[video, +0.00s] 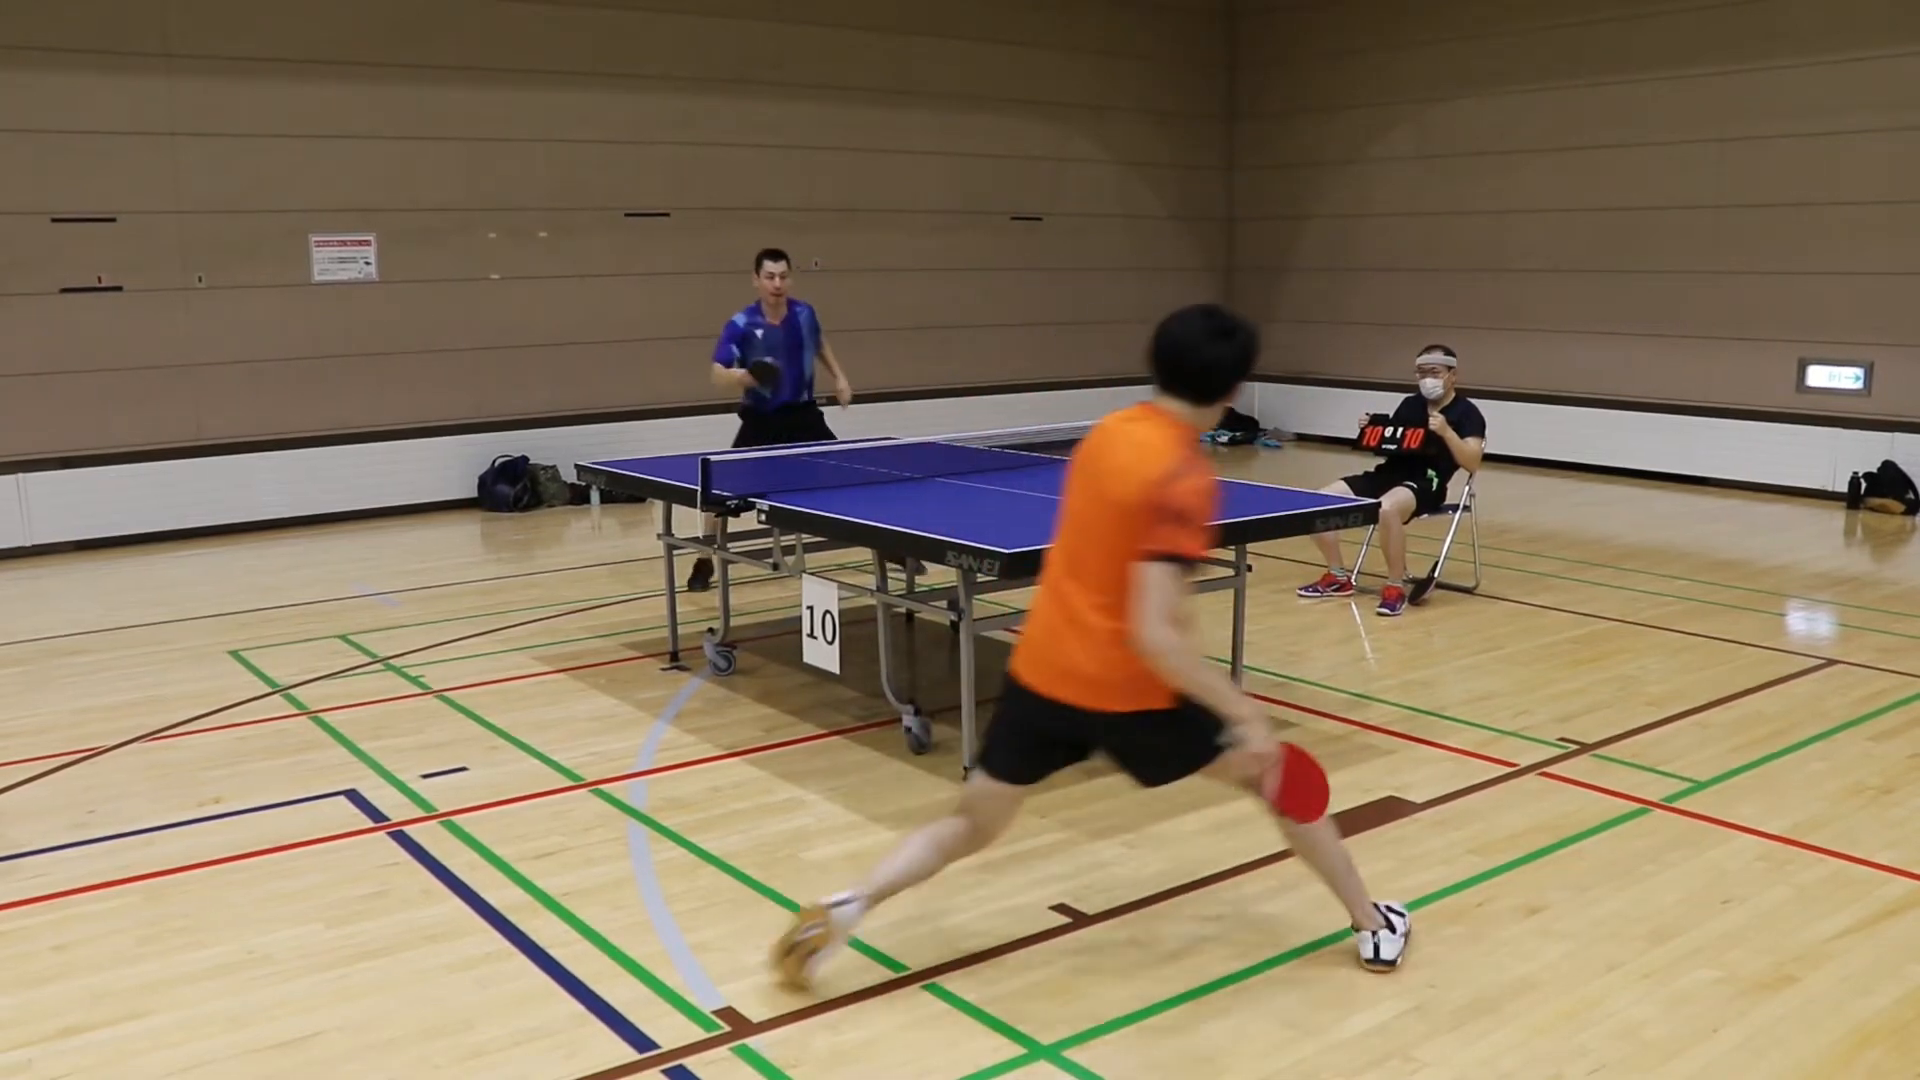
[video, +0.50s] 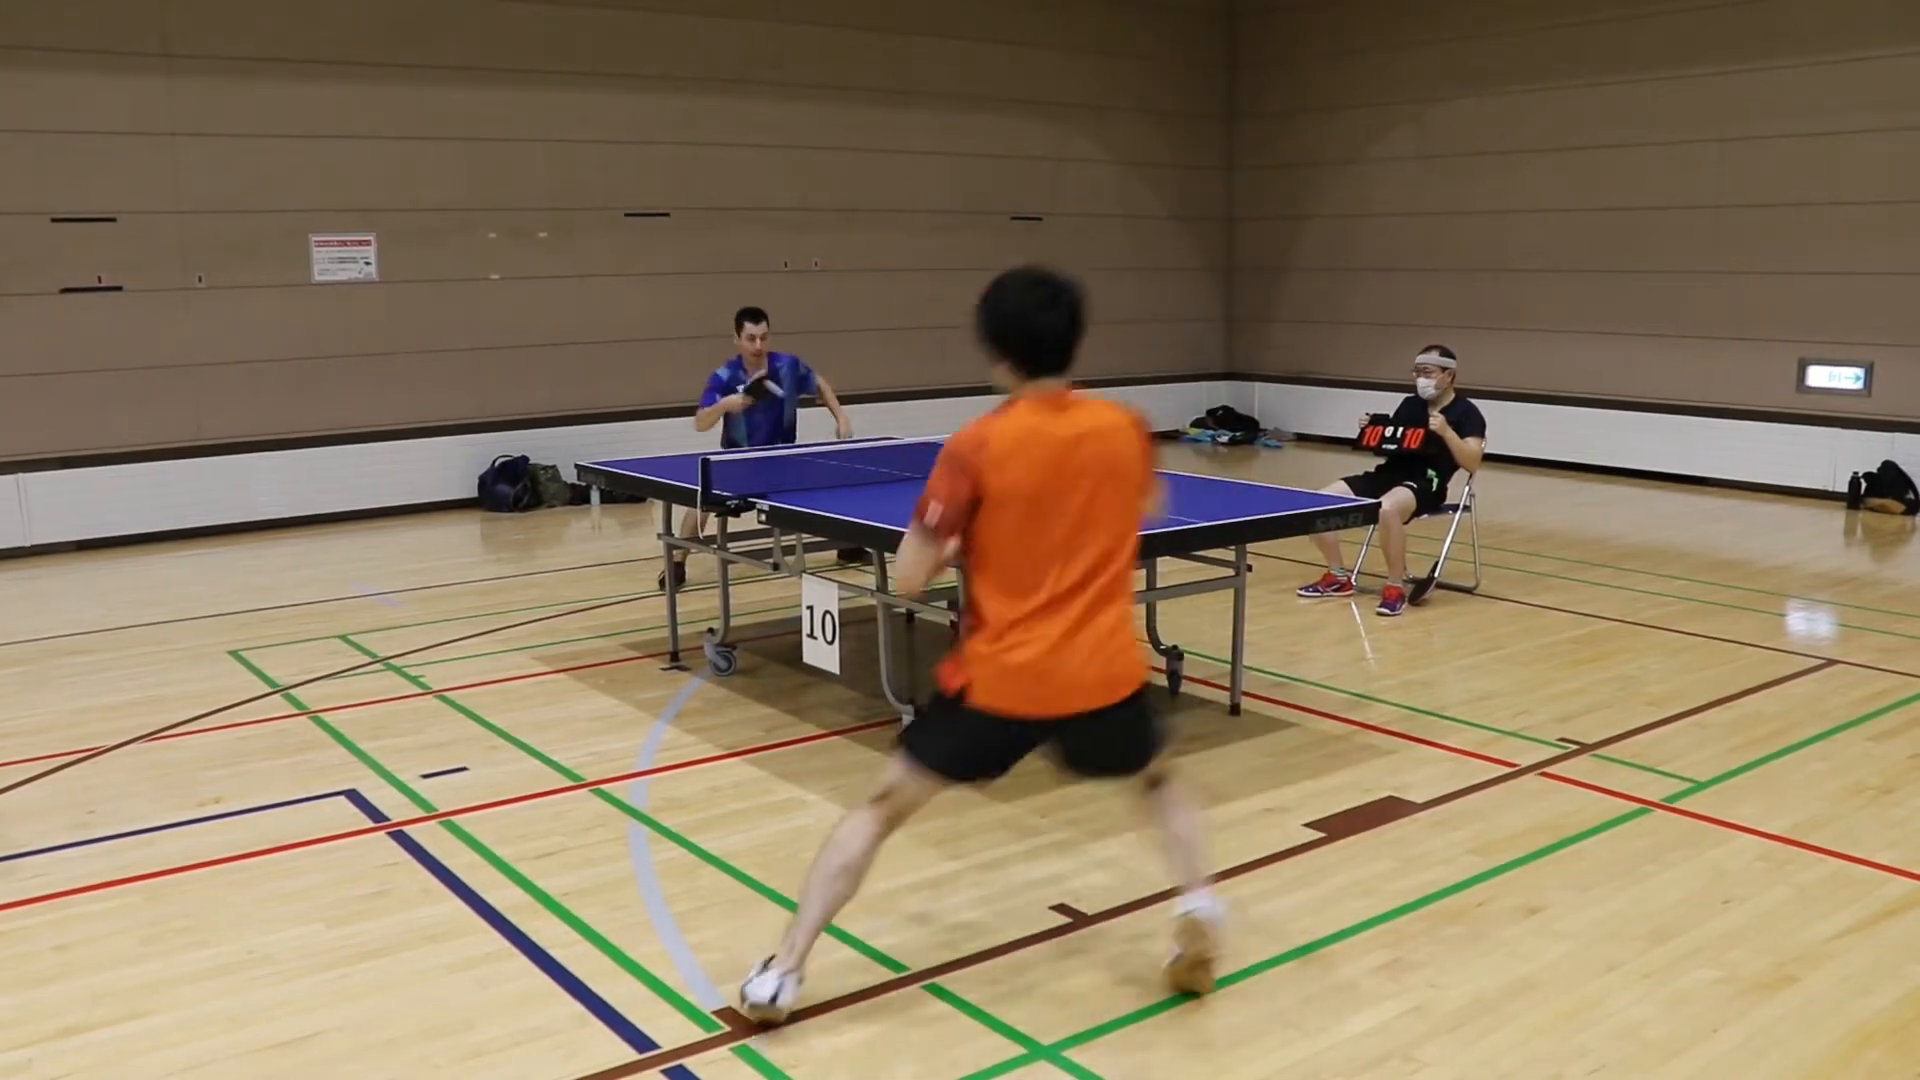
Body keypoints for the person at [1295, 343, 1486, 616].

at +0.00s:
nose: (1428, 378)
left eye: (1436, 372)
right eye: (1422, 372)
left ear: (1453, 377)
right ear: (1417, 375)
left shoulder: (1467, 414)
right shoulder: (1411, 404)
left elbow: (1472, 463)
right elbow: (1393, 438)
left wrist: (1447, 433)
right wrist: (1373, 426)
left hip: (1427, 481)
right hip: (1391, 473)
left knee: (1388, 509)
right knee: (1320, 502)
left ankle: (1394, 587)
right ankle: (1337, 576)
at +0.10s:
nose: (1428, 379)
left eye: (1436, 373)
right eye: (1423, 372)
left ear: (1453, 377)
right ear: (1417, 376)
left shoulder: (1467, 414)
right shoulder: (1411, 404)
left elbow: (1472, 463)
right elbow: (1393, 439)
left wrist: (1447, 433)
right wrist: (1372, 426)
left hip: (1427, 481)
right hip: (1391, 473)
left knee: (1388, 509)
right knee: (1320, 502)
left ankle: (1395, 588)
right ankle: (1337, 576)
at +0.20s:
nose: (1428, 379)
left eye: (1436, 372)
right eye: (1423, 372)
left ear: (1453, 377)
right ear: (1417, 376)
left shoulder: (1467, 414)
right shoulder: (1411, 404)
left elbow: (1472, 463)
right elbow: (1393, 439)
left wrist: (1447, 433)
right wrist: (1372, 426)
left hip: (1427, 481)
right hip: (1391, 473)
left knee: (1388, 510)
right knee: (1319, 503)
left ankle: (1394, 588)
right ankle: (1337, 576)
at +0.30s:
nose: (1428, 379)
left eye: (1435, 372)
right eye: (1422, 372)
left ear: (1452, 377)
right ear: (1416, 376)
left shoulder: (1467, 414)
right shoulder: (1411, 404)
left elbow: (1472, 463)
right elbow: (1393, 439)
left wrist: (1447, 433)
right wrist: (1372, 426)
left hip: (1427, 481)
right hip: (1391, 473)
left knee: (1388, 509)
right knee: (1319, 503)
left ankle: (1394, 588)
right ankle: (1337, 576)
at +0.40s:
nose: (1425, 379)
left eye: (1433, 373)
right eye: (1420, 373)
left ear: (1451, 377)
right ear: (1415, 375)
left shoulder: (1467, 414)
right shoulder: (1411, 404)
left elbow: (1472, 463)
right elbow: (1393, 439)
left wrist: (1447, 433)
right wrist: (1372, 426)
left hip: (1427, 482)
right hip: (1391, 473)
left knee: (1388, 510)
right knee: (1319, 503)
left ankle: (1394, 588)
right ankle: (1337, 576)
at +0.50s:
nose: (1422, 379)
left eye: (1430, 373)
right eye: (1418, 373)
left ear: (1449, 377)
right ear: (1414, 374)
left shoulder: (1467, 414)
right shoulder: (1411, 404)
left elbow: (1472, 463)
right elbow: (1394, 438)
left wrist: (1447, 433)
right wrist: (1373, 426)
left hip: (1427, 482)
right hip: (1391, 473)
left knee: (1388, 509)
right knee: (1320, 502)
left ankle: (1395, 588)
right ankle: (1337, 576)